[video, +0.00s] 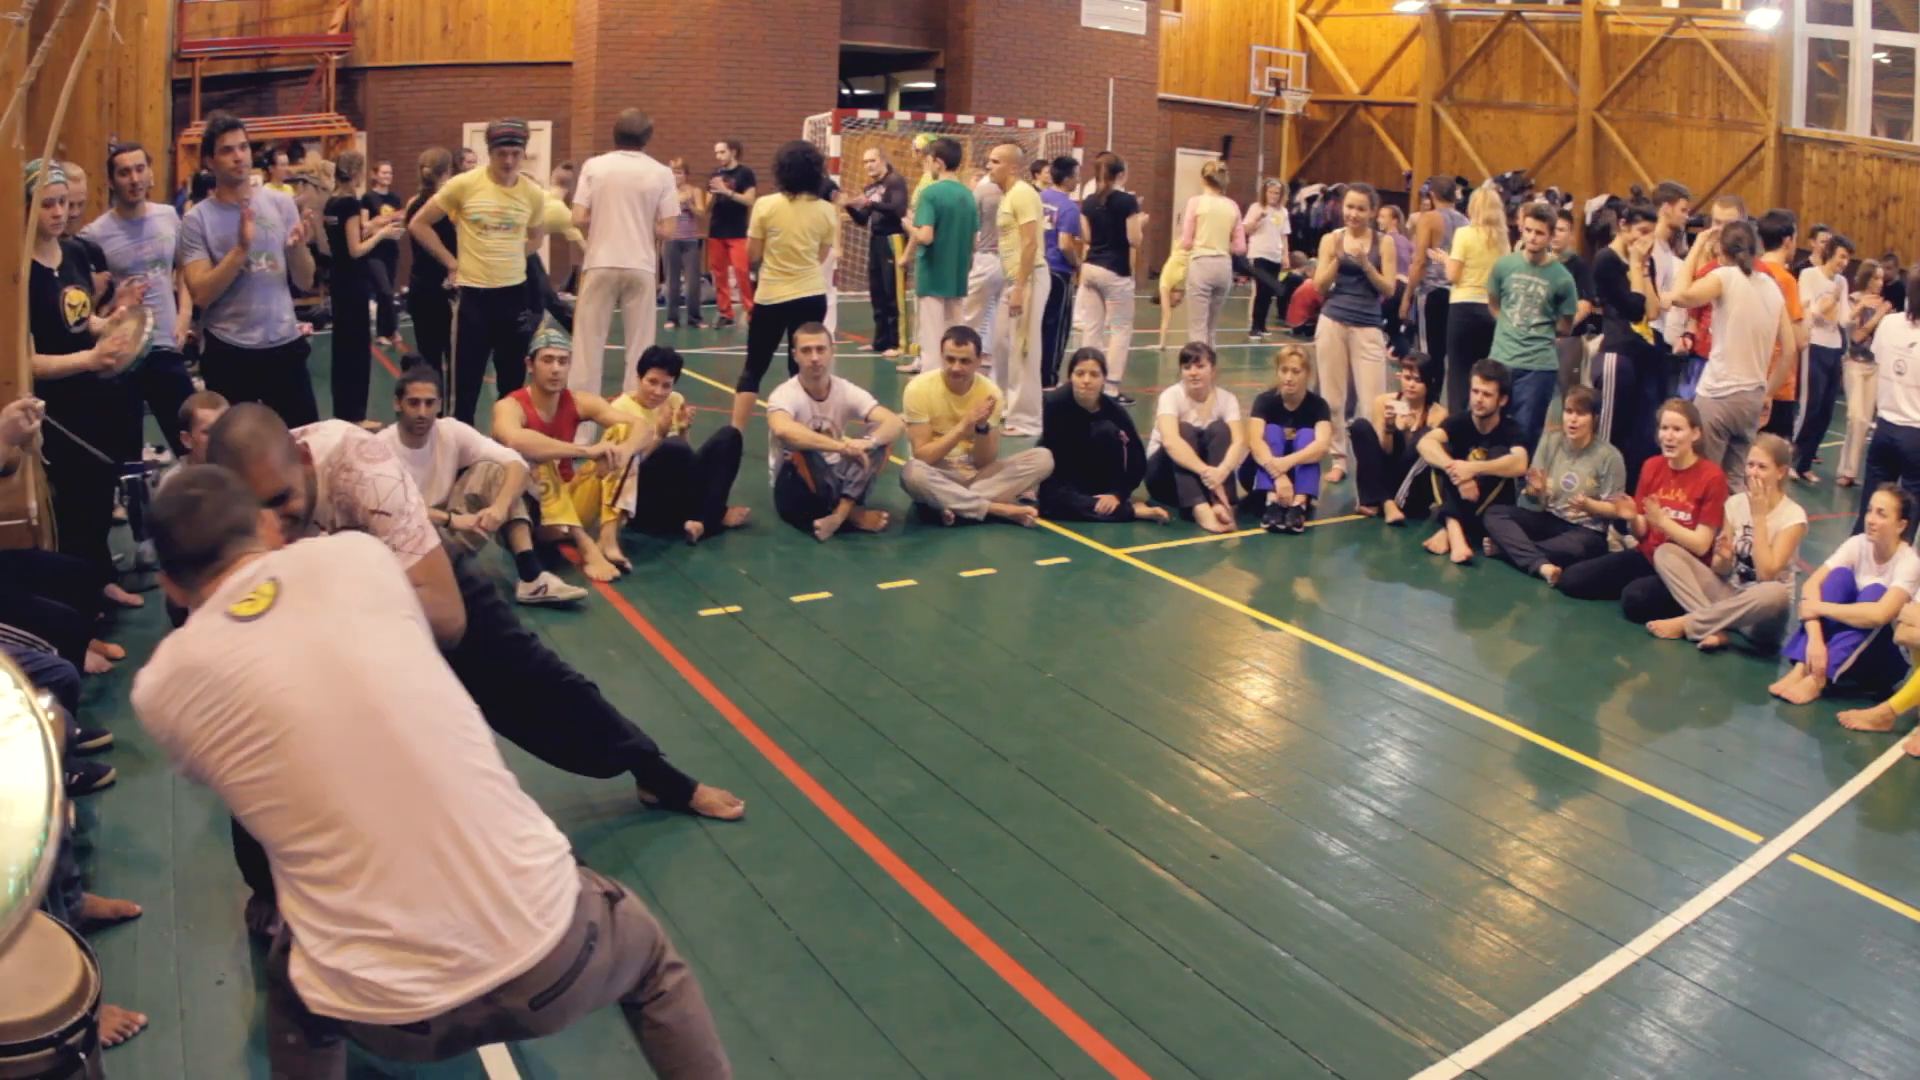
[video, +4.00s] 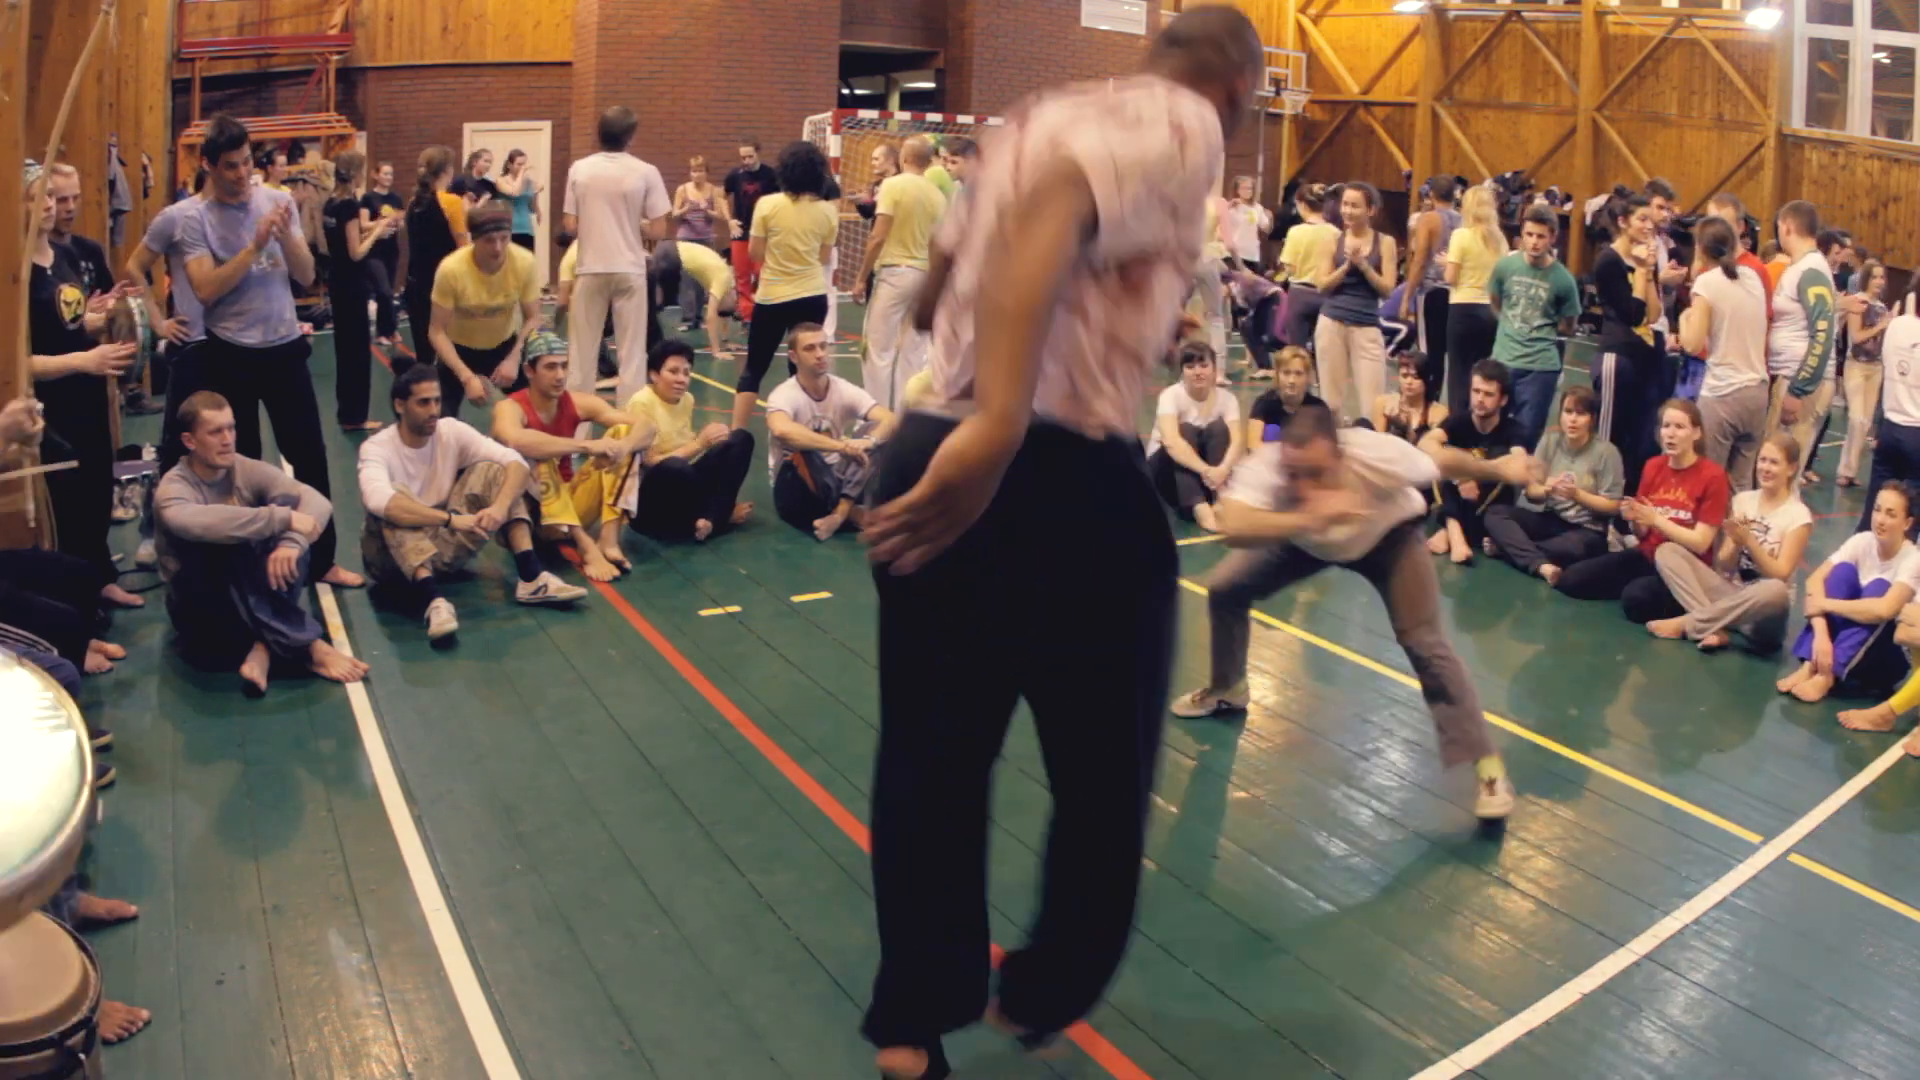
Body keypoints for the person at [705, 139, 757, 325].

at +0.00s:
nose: (719, 156)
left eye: (722, 152)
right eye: (717, 153)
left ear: (734, 152)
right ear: (715, 155)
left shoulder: (745, 173)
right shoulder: (716, 174)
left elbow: (750, 199)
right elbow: (708, 206)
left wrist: (725, 191)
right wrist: (714, 192)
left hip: (737, 233)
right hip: (716, 232)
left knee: (741, 271)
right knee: (719, 274)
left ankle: (749, 309)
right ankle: (725, 312)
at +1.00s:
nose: (722, 156)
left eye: (726, 151)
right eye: (719, 152)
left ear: (736, 152)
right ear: (717, 155)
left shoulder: (745, 173)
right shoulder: (715, 175)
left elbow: (750, 200)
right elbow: (708, 206)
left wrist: (727, 192)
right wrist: (714, 193)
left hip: (737, 231)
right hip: (717, 231)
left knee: (742, 271)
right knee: (718, 273)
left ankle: (748, 306)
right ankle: (723, 307)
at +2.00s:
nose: (735, 152)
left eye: (739, 148)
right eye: (732, 149)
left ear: (746, 151)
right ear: (727, 152)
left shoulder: (754, 172)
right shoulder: (720, 174)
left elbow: (761, 200)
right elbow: (713, 202)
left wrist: (745, 193)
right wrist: (724, 193)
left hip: (748, 232)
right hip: (725, 233)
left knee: (750, 273)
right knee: (724, 276)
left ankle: (752, 312)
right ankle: (725, 312)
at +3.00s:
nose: (759, 158)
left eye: (763, 154)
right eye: (756, 154)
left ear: (769, 155)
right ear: (751, 155)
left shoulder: (773, 174)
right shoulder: (741, 173)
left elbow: (779, 197)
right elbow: (729, 199)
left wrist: (764, 199)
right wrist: (749, 200)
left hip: (765, 230)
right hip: (742, 230)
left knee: (760, 272)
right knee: (742, 273)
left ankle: (759, 310)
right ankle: (743, 312)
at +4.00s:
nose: (746, 161)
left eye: (749, 156)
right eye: (743, 157)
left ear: (758, 154)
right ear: (739, 157)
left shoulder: (769, 174)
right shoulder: (734, 176)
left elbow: (777, 199)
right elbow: (726, 196)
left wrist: (772, 220)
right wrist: (730, 219)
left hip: (764, 228)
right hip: (741, 229)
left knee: (763, 272)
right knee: (741, 275)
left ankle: (764, 310)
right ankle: (745, 312)